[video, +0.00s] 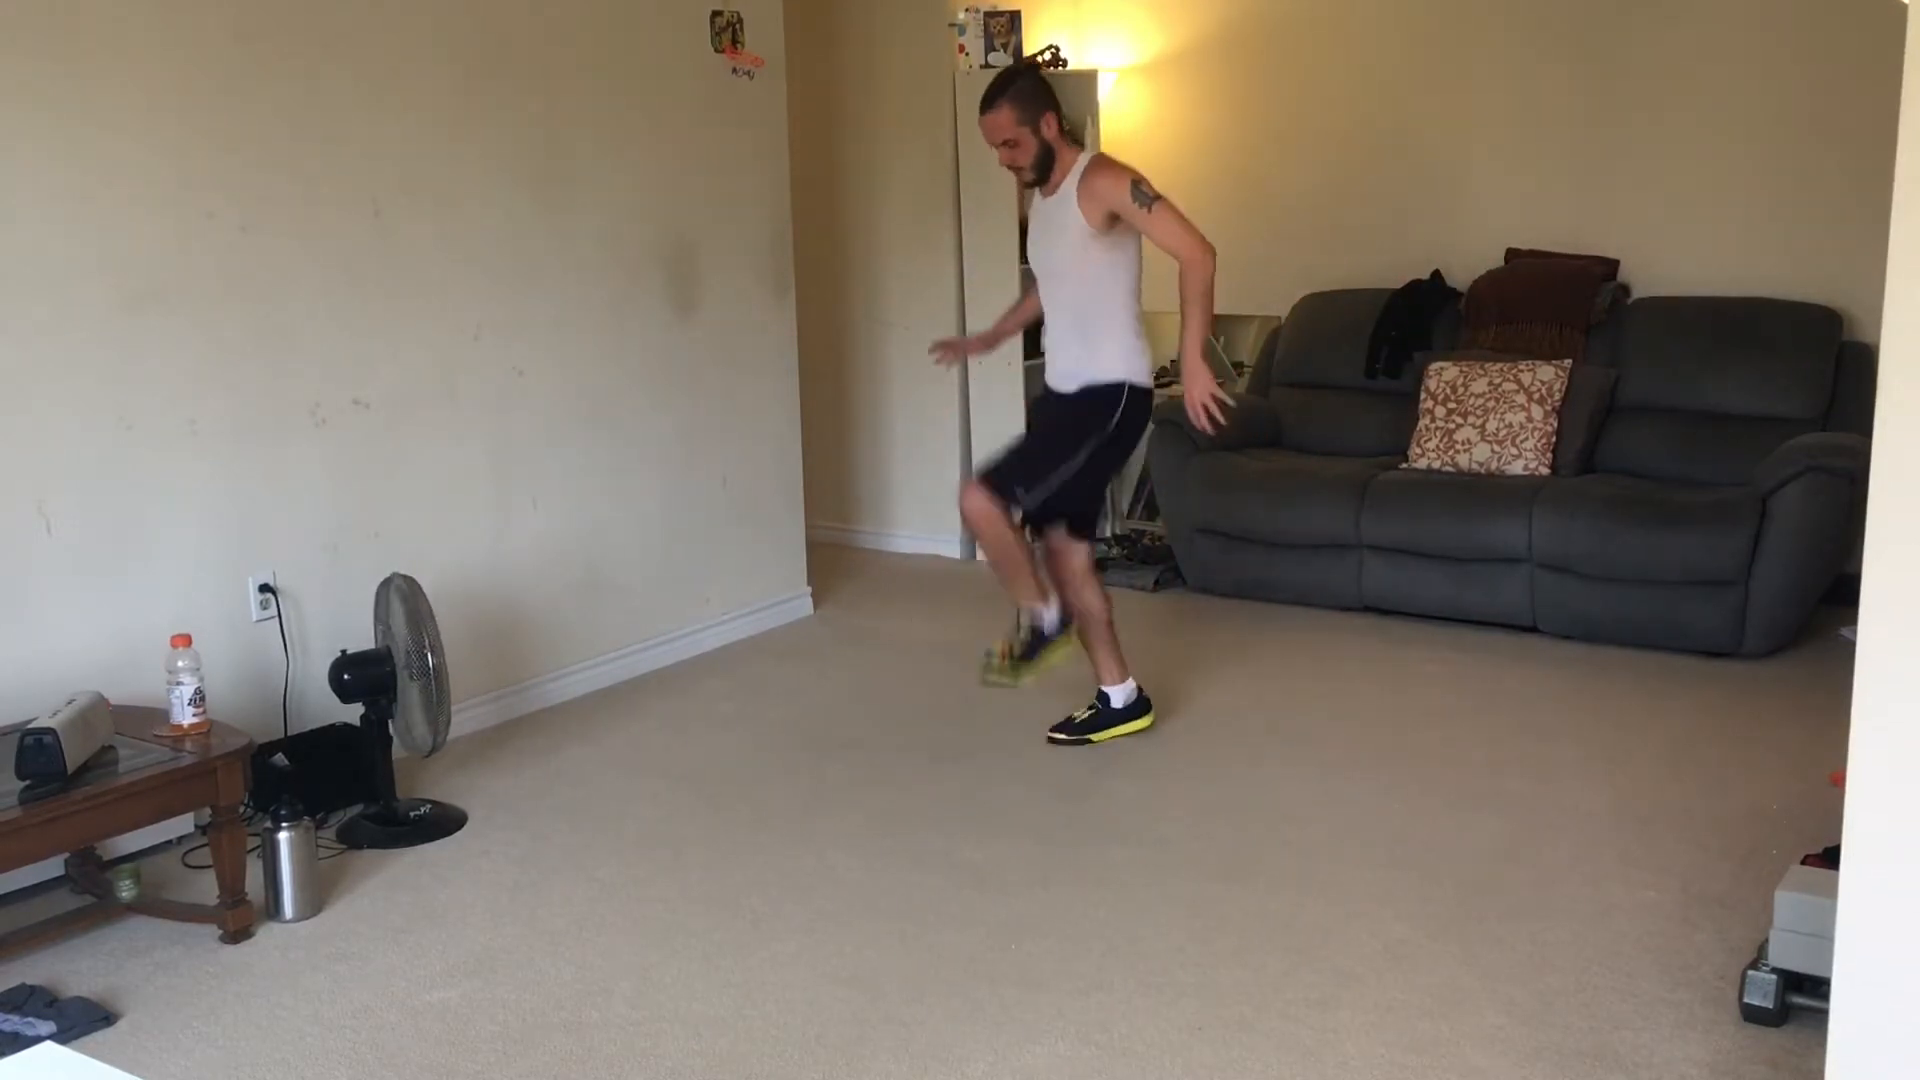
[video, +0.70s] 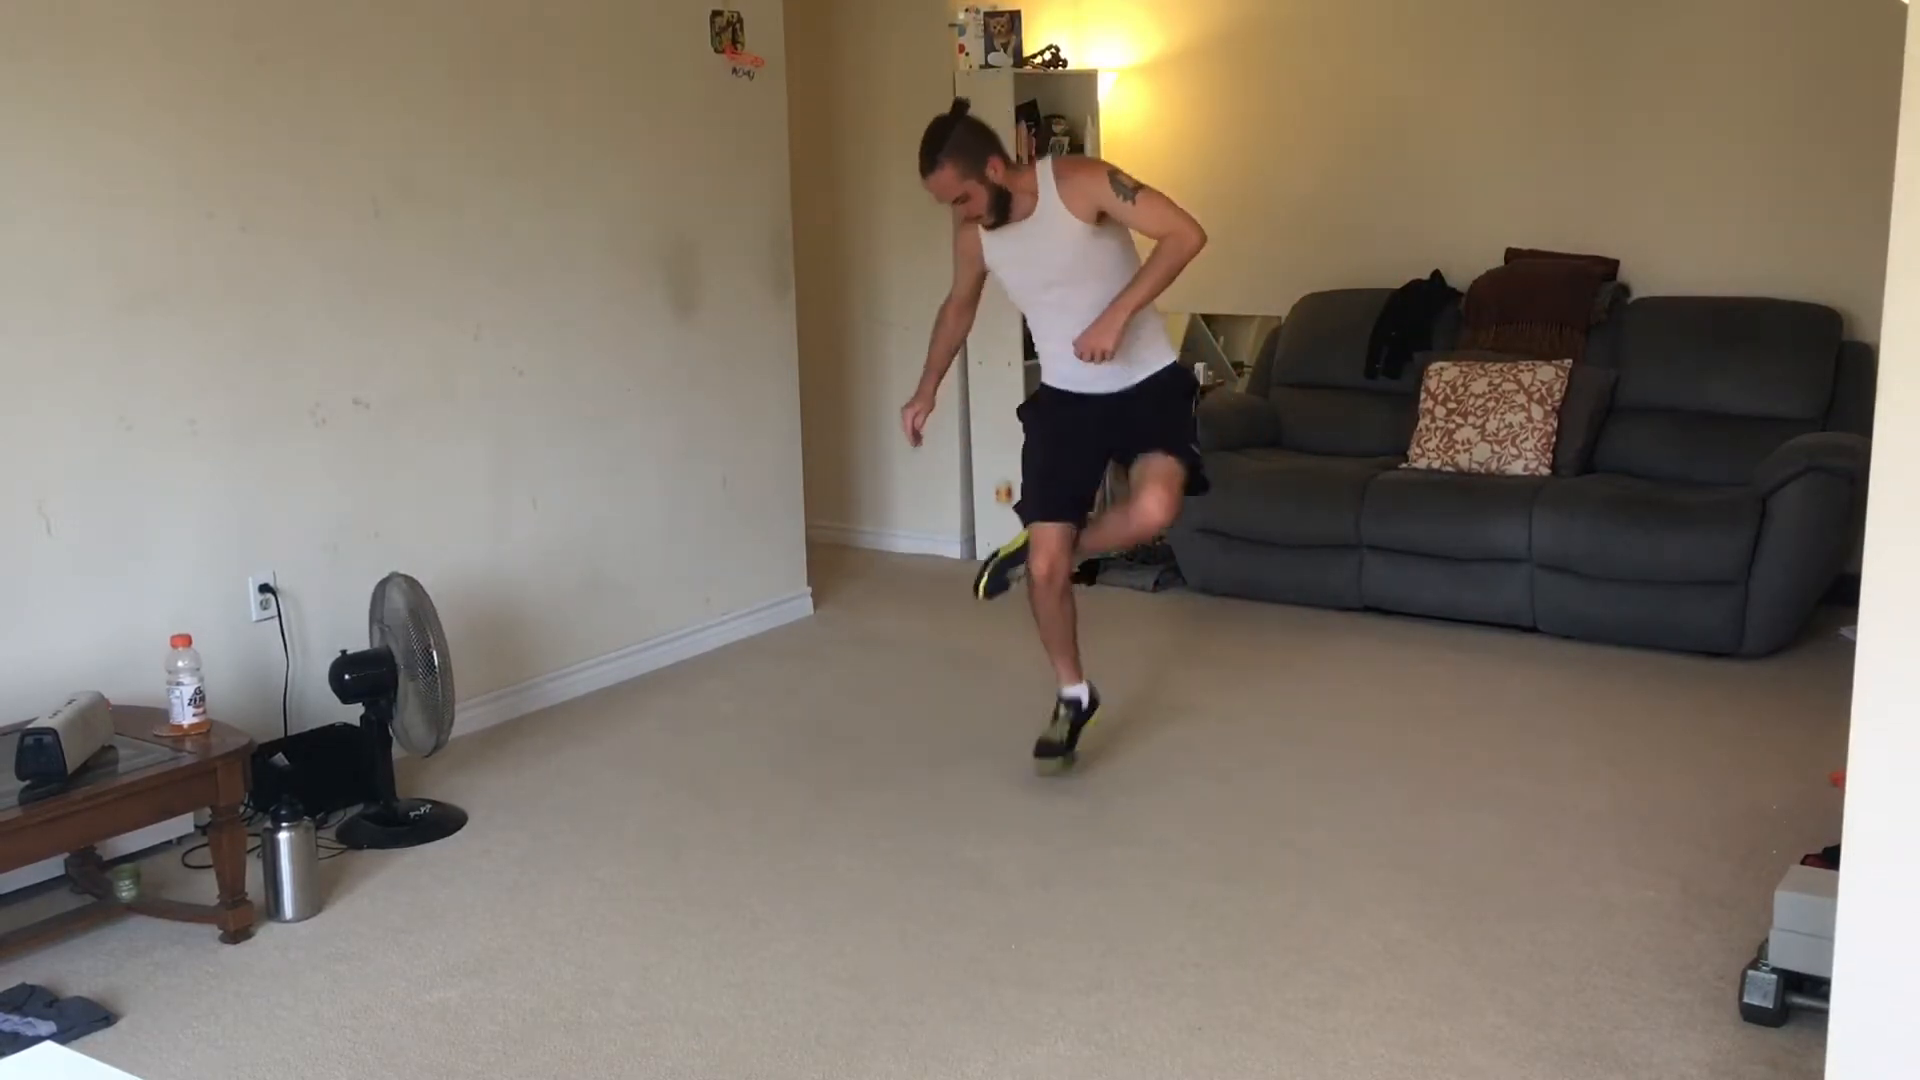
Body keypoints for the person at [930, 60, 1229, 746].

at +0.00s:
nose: (1003, 159)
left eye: (1009, 143)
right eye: (994, 146)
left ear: (1049, 125)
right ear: (1020, 135)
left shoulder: (1105, 180)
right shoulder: (1040, 197)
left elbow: (1197, 254)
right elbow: (1048, 287)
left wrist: (1195, 361)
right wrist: (984, 341)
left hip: (1111, 394)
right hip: (1064, 392)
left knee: (983, 498)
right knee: (1066, 549)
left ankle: (1043, 617)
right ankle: (1120, 695)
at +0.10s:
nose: (995, 144)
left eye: (1001, 128)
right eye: (987, 132)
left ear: (1039, 109)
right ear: (1011, 120)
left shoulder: (1097, 158)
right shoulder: (1033, 178)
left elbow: (1189, 234)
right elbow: (1043, 259)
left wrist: (1184, 340)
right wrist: (973, 309)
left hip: (1118, 360)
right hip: (1066, 361)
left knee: (978, 382)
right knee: (1085, 543)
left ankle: (1011, 484)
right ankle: (1131, 690)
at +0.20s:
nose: (992, 155)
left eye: (997, 138)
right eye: (983, 143)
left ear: (1034, 116)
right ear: (991, 134)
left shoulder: (1096, 165)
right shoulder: (1035, 189)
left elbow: (1187, 239)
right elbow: (1047, 276)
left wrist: (1187, 346)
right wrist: (973, 325)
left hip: (1129, 367)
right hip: (1081, 368)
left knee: (997, 389)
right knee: (1089, 550)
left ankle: (911, 476)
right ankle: (1142, 703)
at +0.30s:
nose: (998, 186)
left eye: (1004, 170)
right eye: (990, 175)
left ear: (1043, 146)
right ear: (995, 163)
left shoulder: (1097, 198)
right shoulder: (1044, 223)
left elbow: (1190, 271)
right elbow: (1057, 313)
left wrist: (1186, 378)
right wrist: (983, 362)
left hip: (1134, 405)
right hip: (1094, 408)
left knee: (986, 475)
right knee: (1072, 582)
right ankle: (1136, 728)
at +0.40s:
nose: (996, 194)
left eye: (1002, 177)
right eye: (987, 181)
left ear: (1042, 157)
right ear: (1017, 168)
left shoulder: (1096, 207)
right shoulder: (1036, 234)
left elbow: (1190, 273)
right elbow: (1040, 327)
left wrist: (1165, 383)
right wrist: (971, 374)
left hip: (1125, 419)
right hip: (1081, 422)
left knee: (1003, 539)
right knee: (1048, 577)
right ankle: (1131, 728)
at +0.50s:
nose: (985, 175)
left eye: (991, 158)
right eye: (975, 163)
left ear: (1028, 133)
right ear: (974, 154)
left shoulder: (1093, 178)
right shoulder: (1008, 211)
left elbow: (1188, 233)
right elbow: (1019, 291)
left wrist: (1133, 327)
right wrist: (968, 351)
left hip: (1133, 390)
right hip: (1067, 399)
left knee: (1051, 526)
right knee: (1059, 568)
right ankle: (1129, 720)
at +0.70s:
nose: (960, 213)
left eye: (963, 198)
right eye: (948, 204)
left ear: (996, 166)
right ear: (949, 192)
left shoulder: (1082, 183)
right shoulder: (975, 232)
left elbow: (1187, 235)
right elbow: (959, 307)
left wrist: (1117, 315)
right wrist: (926, 389)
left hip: (1152, 385)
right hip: (1066, 400)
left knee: (1154, 512)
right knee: (1046, 564)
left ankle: (1045, 547)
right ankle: (1073, 695)